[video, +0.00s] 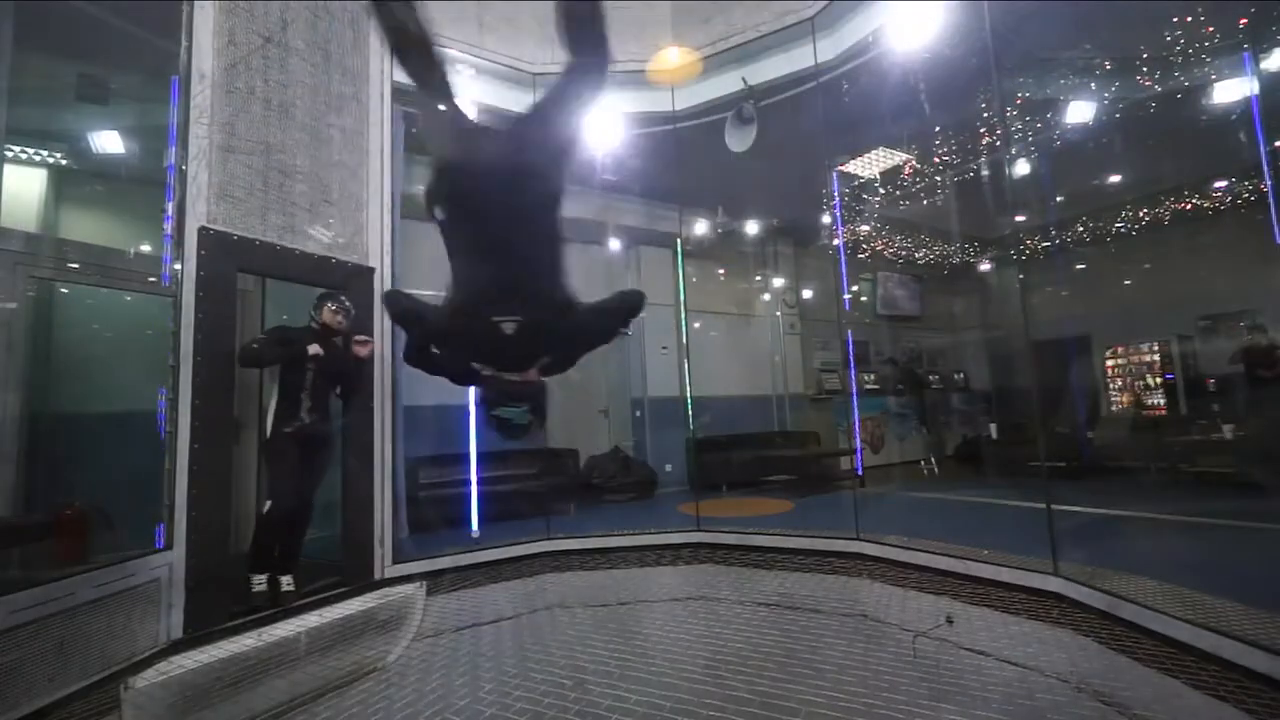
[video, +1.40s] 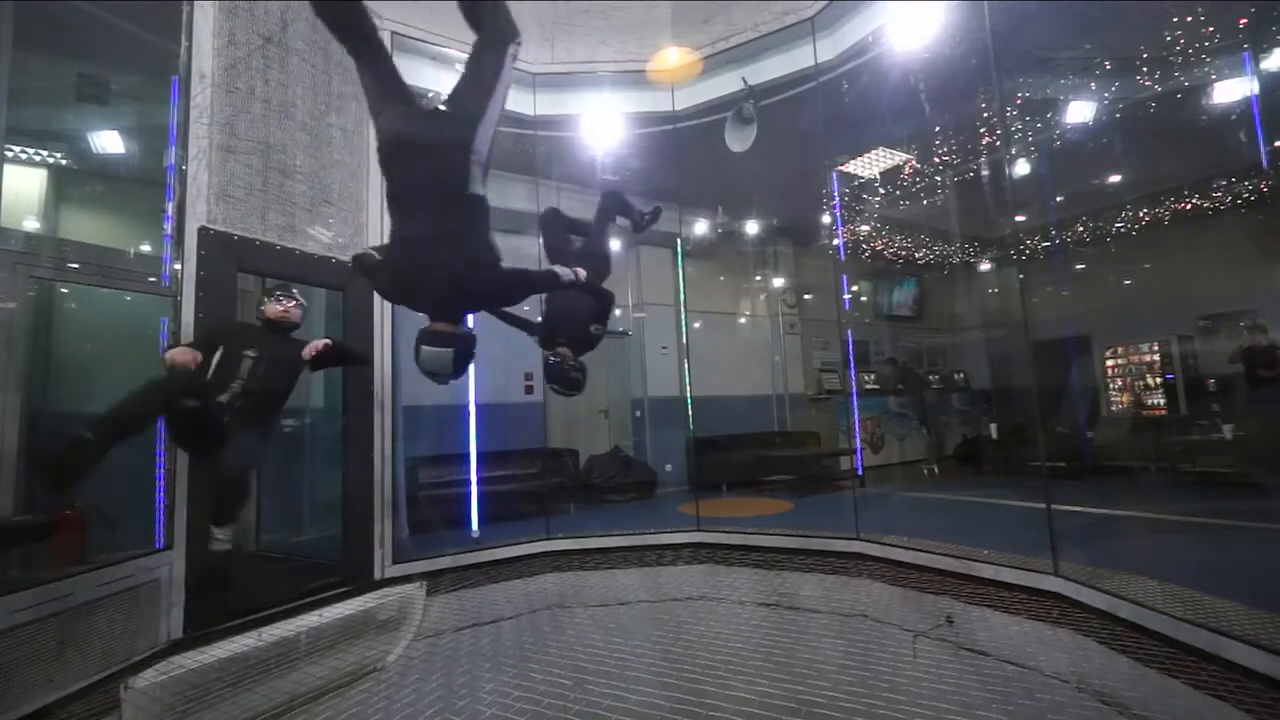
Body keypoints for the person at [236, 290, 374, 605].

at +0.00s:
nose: (338, 316)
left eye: (344, 313)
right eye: (333, 310)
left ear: (348, 321)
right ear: (317, 311)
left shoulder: (342, 348)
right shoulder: (289, 336)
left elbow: (350, 395)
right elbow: (247, 355)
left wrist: (360, 361)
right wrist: (298, 350)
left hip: (318, 437)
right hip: (282, 435)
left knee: (303, 504)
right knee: (281, 502)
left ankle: (286, 572)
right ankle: (258, 571)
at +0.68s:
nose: (317, 312)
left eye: (321, 308)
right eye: (309, 306)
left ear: (325, 313)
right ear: (293, 309)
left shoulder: (322, 352)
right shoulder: (267, 336)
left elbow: (345, 384)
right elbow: (236, 358)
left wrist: (351, 357)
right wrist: (278, 359)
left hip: (302, 435)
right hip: (266, 431)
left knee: (294, 503)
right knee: (233, 474)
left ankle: (283, 572)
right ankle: (249, 546)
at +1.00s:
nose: (314, 315)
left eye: (318, 310)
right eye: (306, 310)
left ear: (321, 318)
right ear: (288, 315)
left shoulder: (318, 352)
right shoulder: (262, 345)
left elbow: (340, 357)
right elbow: (218, 371)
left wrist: (357, 355)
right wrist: (262, 363)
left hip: (298, 440)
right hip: (259, 434)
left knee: (303, 516)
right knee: (226, 452)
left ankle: (282, 575)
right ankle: (211, 529)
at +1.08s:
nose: (310, 317)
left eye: (314, 313)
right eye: (301, 312)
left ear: (320, 322)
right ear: (284, 320)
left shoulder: (317, 355)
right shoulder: (262, 347)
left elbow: (335, 357)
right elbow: (209, 365)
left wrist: (352, 361)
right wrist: (252, 363)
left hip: (295, 446)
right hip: (256, 438)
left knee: (301, 517)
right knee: (216, 445)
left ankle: (281, 577)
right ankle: (191, 518)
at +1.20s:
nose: (305, 312)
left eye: (310, 309)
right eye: (297, 306)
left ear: (314, 321)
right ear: (280, 313)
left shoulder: (312, 352)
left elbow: (329, 356)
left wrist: (341, 356)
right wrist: (218, 349)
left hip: (282, 440)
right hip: (243, 431)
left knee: (288, 516)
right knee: (204, 426)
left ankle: (279, 575)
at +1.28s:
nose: (299, 306)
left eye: (305, 304)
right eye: (291, 301)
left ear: (309, 318)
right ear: (275, 308)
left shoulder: (309, 349)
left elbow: (364, 356)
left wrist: (338, 350)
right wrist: (182, 349)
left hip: (265, 434)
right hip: (222, 419)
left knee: (270, 518)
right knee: (194, 418)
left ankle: (265, 553)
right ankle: (124, 466)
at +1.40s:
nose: (287, 305)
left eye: (294, 304)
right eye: (280, 300)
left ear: (300, 318)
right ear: (263, 307)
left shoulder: (301, 350)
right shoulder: (231, 331)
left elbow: (363, 360)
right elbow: (180, 352)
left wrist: (333, 348)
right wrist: (175, 355)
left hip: (239, 440)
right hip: (199, 423)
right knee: (168, 385)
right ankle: (91, 442)